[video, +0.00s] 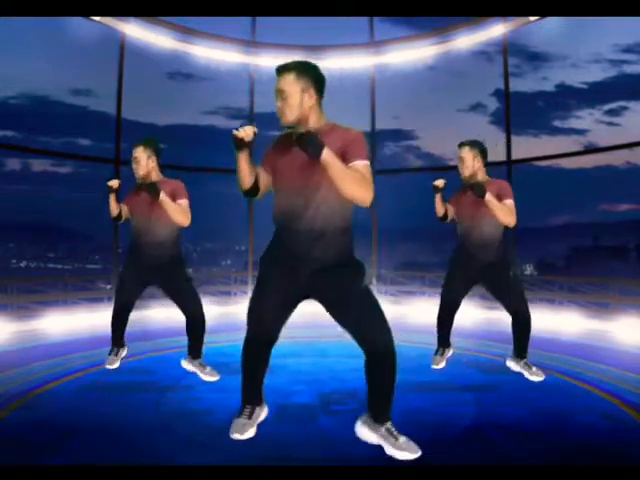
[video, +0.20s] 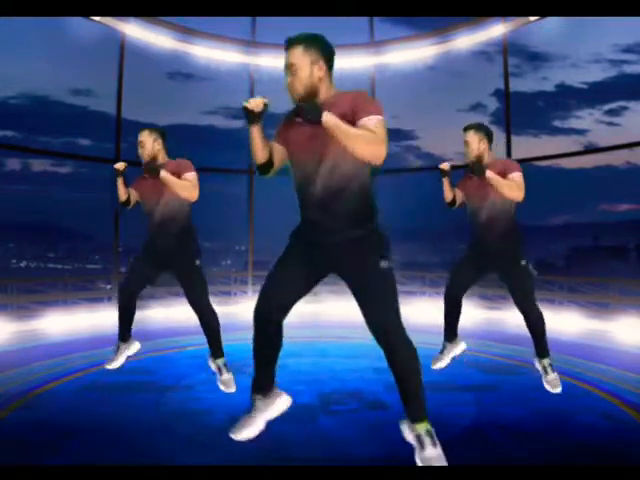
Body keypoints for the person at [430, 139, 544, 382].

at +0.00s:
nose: (461, 164)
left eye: (465, 159)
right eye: (460, 160)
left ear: (479, 160)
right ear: (462, 163)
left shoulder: (500, 188)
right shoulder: (461, 195)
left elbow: (510, 220)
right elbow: (444, 215)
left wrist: (486, 196)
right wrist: (438, 194)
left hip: (496, 264)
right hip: (465, 263)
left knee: (520, 312)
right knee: (447, 305)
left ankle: (519, 358)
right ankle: (443, 347)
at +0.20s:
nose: (466, 148)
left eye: (470, 143)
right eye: (465, 144)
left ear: (485, 143)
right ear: (470, 146)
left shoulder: (507, 167)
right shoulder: (469, 178)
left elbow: (518, 194)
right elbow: (452, 202)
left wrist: (491, 176)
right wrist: (445, 177)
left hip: (508, 248)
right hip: (480, 249)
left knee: (527, 305)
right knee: (453, 291)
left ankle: (544, 359)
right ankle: (451, 342)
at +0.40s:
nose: (477, 163)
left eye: (481, 157)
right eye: (476, 158)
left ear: (496, 158)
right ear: (483, 160)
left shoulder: (519, 182)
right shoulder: (484, 190)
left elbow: (523, 215)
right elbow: (476, 221)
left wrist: (495, 193)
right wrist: (461, 203)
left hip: (518, 262)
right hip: (491, 262)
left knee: (532, 320)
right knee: (462, 303)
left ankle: (549, 370)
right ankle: (464, 354)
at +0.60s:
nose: (488, 158)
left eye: (493, 153)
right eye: (487, 154)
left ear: (509, 153)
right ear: (489, 157)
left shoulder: (529, 178)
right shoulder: (490, 185)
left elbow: (536, 209)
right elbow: (477, 212)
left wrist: (506, 185)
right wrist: (466, 197)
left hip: (524, 264)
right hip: (493, 262)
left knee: (538, 322)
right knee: (465, 304)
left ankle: (549, 369)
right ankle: (463, 353)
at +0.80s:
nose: (492, 158)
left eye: (496, 153)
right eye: (490, 153)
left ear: (511, 154)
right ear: (489, 156)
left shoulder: (530, 181)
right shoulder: (485, 178)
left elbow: (530, 212)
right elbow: (451, 184)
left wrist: (507, 184)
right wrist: (424, 168)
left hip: (522, 264)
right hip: (492, 261)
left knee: (538, 321)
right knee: (465, 306)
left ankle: (550, 370)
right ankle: (466, 356)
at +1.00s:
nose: (479, 160)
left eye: (483, 155)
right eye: (478, 155)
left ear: (496, 157)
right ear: (482, 158)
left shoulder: (502, 183)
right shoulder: (489, 180)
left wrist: (468, 181)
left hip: (503, 259)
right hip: (486, 257)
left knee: (510, 315)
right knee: (464, 301)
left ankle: (554, 362)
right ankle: (466, 356)